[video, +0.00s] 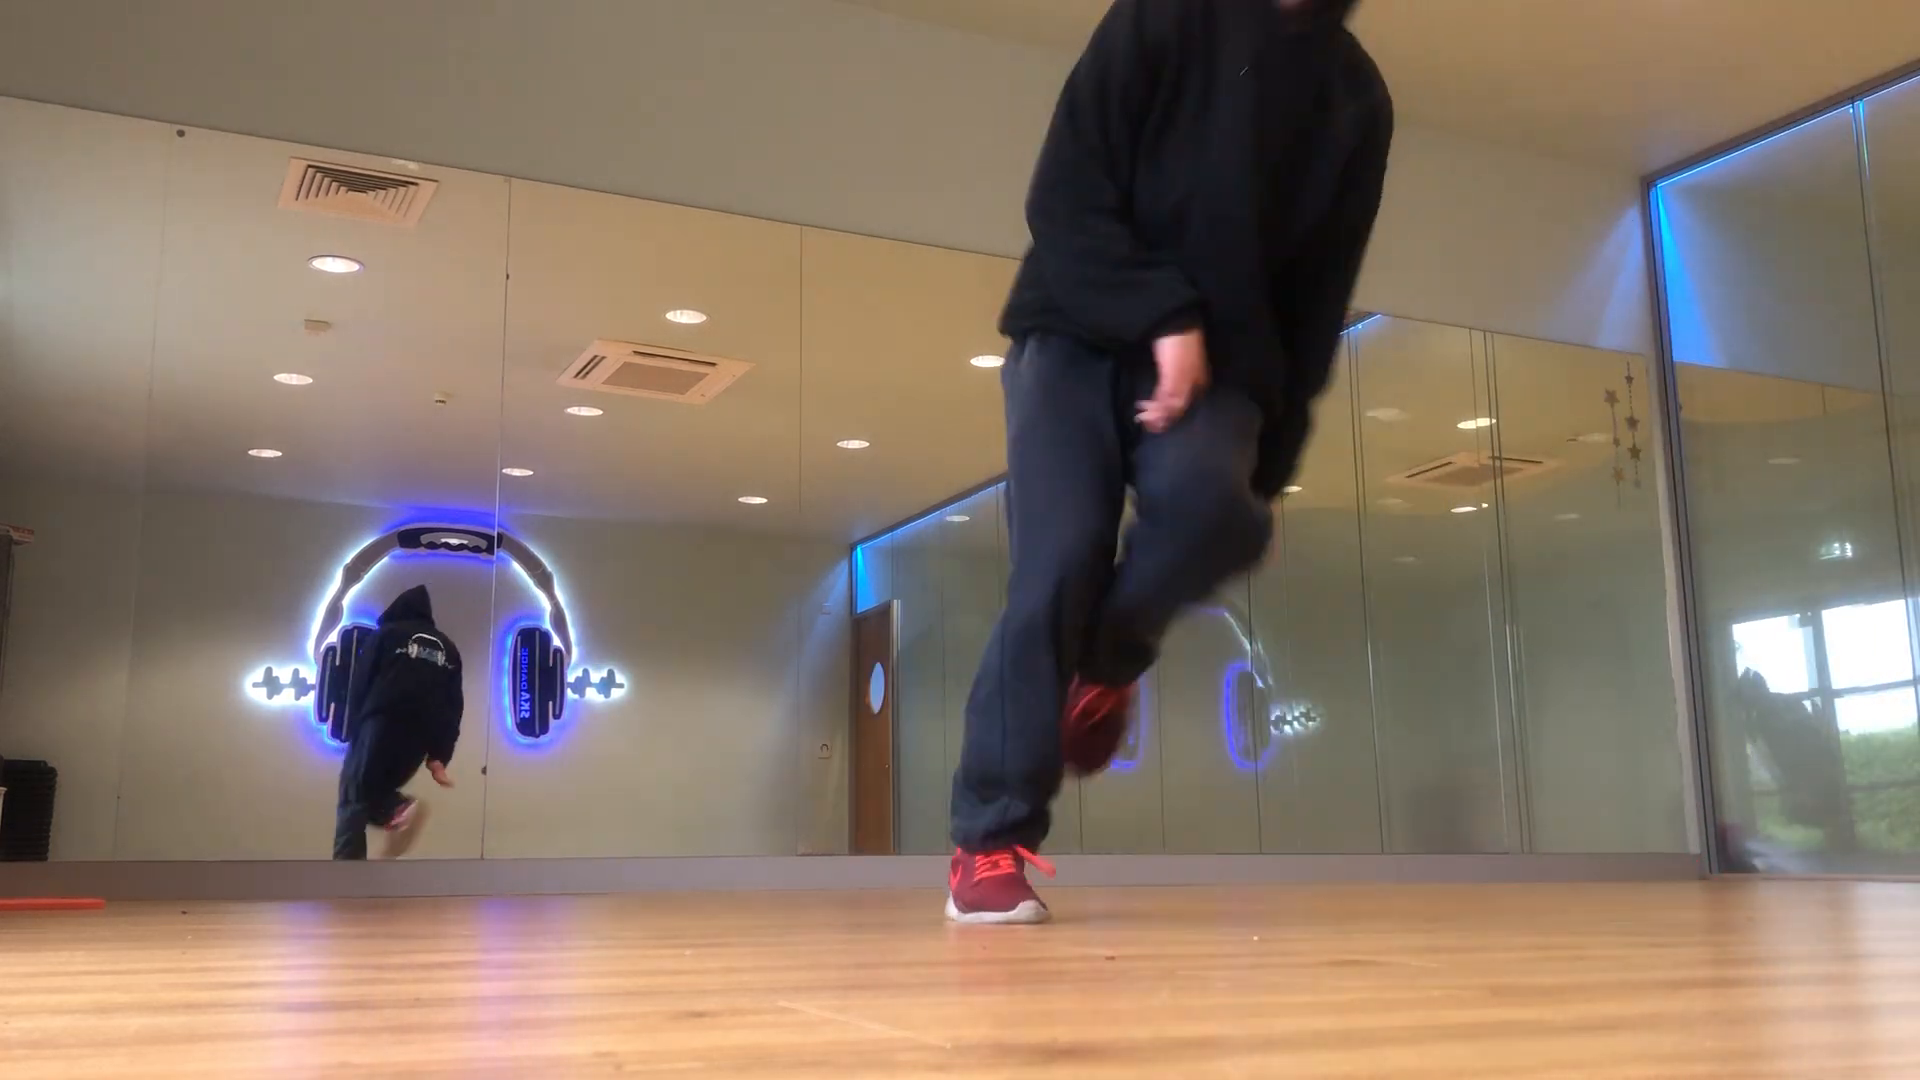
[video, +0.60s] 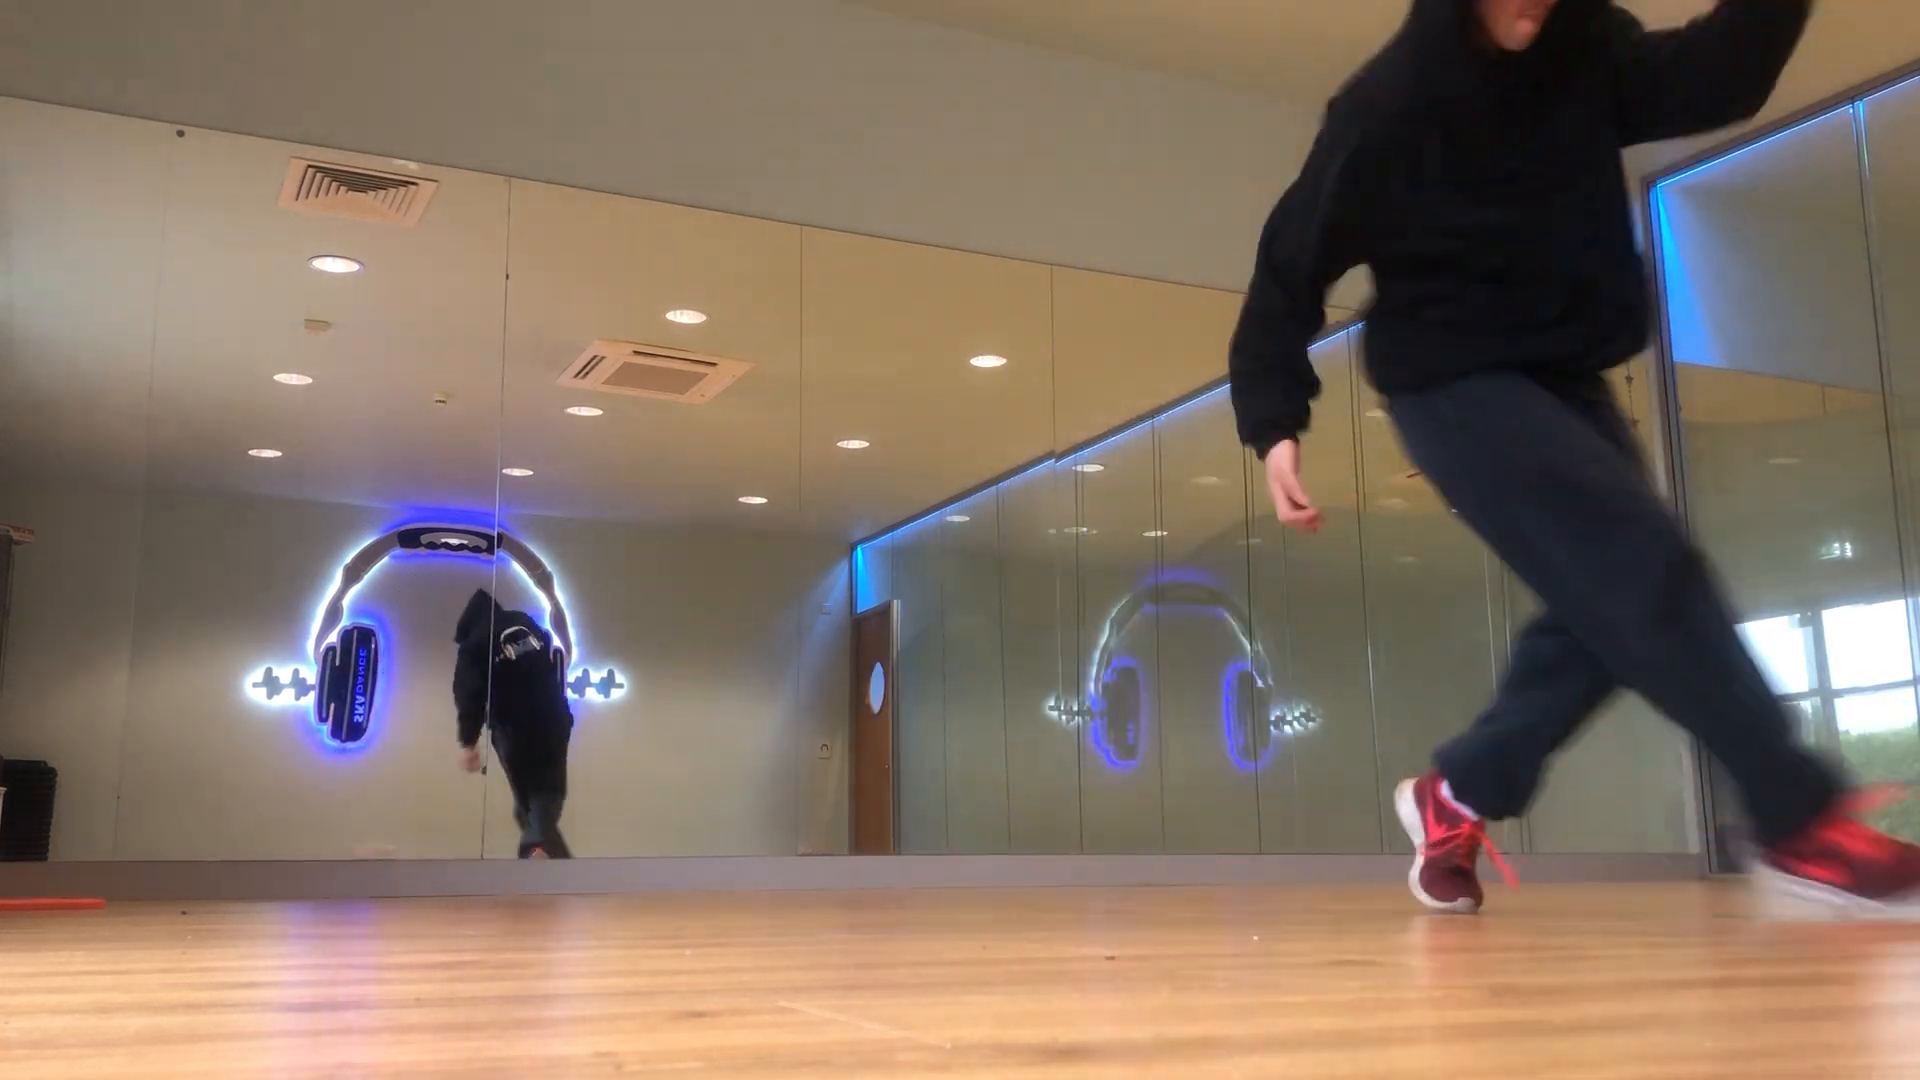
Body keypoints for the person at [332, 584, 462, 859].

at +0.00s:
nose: (387, 617)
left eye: (390, 613)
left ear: (396, 611)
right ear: (427, 614)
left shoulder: (386, 633)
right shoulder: (449, 648)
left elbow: (361, 680)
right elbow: (454, 705)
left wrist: (352, 729)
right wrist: (440, 755)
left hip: (384, 719)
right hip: (427, 727)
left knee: (353, 796)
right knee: (376, 791)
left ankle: (347, 869)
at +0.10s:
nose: (387, 611)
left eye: (390, 605)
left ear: (398, 600)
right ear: (427, 600)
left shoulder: (393, 622)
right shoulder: (457, 632)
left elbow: (376, 675)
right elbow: (458, 697)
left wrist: (378, 710)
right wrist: (443, 751)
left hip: (399, 717)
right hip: (443, 720)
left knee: (366, 793)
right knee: (417, 796)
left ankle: (352, 865)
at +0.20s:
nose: (396, 613)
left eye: (399, 606)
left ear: (405, 599)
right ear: (435, 591)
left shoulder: (407, 619)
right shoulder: (469, 613)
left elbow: (403, 675)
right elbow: (478, 665)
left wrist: (415, 697)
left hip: (430, 703)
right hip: (473, 702)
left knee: (395, 778)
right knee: (468, 782)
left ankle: (370, 852)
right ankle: (511, 840)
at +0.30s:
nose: (411, 631)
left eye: (411, 625)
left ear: (417, 617)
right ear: (446, 603)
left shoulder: (423, 642)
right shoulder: (481, 618)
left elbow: (435, 685)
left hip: (456, 715)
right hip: (500, 708)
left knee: (440, 779)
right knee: (500, 777)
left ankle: (430, 846)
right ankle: (522, 847)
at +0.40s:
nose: (437, 656)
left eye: (436, 649)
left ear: (440, 638)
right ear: (466, 621)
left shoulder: (450, 657)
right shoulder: (501, 634)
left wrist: (456, 700)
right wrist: (458, 698)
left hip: (489, 727)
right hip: (530, 721)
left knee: (479, 794)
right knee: (524, 799)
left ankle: (455, 850)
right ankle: (533, 867)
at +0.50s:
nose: (452, 645)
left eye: (451, 639)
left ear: (455, 629)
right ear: (481, 615)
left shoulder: (464, 650)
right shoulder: (520, 629)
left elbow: (470, 706)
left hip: (502, 717)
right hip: (545, 713)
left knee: (497, 782)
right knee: (532, 785)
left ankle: (498, 853)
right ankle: (532, 860)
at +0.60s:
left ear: (468, 620)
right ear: (496, 606)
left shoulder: (476, 640)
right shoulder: (528, 623)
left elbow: (470, 688)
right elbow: (555, 663)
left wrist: (469, 741)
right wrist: (562, 711)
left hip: (509, 722)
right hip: (552, 715)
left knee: (526, 794)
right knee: (552, 787)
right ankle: (535, 847)